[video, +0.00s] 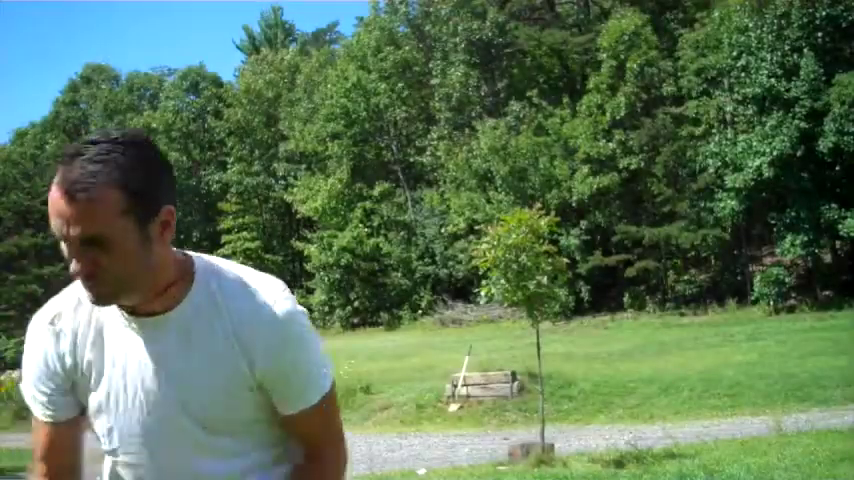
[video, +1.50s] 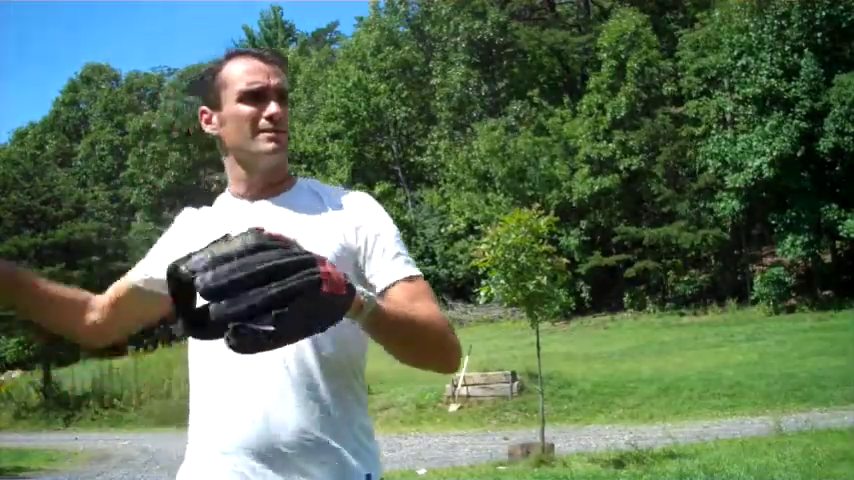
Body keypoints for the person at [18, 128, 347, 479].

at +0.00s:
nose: (74, 265)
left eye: (93, 243)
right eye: (64, 242)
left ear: (164, 228)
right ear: (55, 233)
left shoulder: (266, 315)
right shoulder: (58, 330)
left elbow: (325, 455)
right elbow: (52, 469)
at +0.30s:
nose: (143, 173)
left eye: (159, 152)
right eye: (130, 156)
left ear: (203, 149)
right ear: (119, 157)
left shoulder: (280, 254)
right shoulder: (110, 265)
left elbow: (332, 383)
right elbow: (80, 427)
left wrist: (293, 454)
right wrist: (68, 377)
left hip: (254, 468)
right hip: (153, 470)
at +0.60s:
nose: (176, 156)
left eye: (189, 139)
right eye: (159, 142)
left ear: (214, 147)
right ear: (137, 155)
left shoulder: (277, 235)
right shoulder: (129, 259)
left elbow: (339, 370)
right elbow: (111, 412)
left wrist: (243, 351)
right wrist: (117, 341)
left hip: (266, 467)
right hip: (169, 469)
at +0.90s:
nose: (199, 149)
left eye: (210, 134)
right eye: (181, 136)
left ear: (226, 146)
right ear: (151, 154)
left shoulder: (278, 235)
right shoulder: (142, 258)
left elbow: (315, 372)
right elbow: (157, 396)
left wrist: (187, 349)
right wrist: (116, 402)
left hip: (268, 468)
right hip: (170, 469)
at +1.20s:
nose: (219, 138)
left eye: (230, 125)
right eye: (200, 125)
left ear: (242, 138)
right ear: (165, 144)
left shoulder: (293, 225)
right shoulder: (166, 250)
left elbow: (345, 352)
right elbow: (170, 366)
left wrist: (214, 294)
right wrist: (91, 460)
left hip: (283, 467)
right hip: (181, 468)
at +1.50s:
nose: (275, 111)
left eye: (281, 98)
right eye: (254, 98)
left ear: (290, 111)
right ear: (212, 121)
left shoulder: (354, 213)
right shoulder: (190, 230)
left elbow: (445, 352)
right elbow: (98, 321)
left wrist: (352, 301)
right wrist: (9, 279)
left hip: (335, 465)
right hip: (220, 465)